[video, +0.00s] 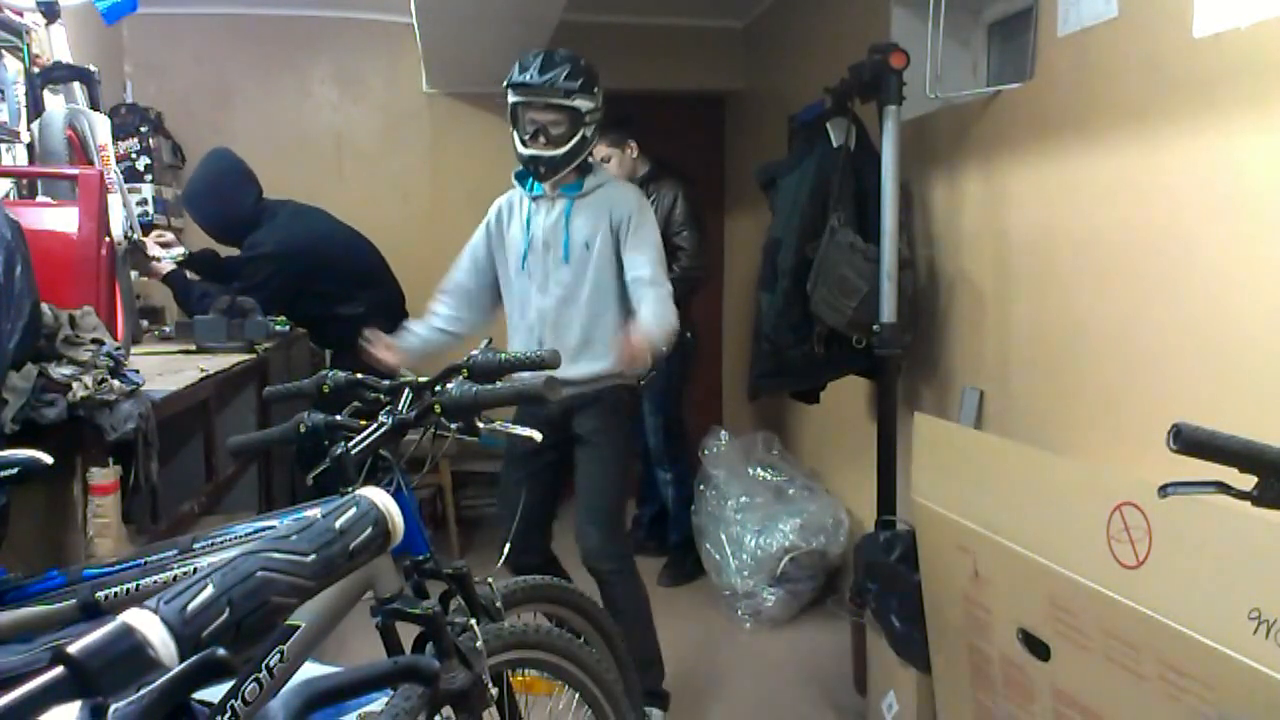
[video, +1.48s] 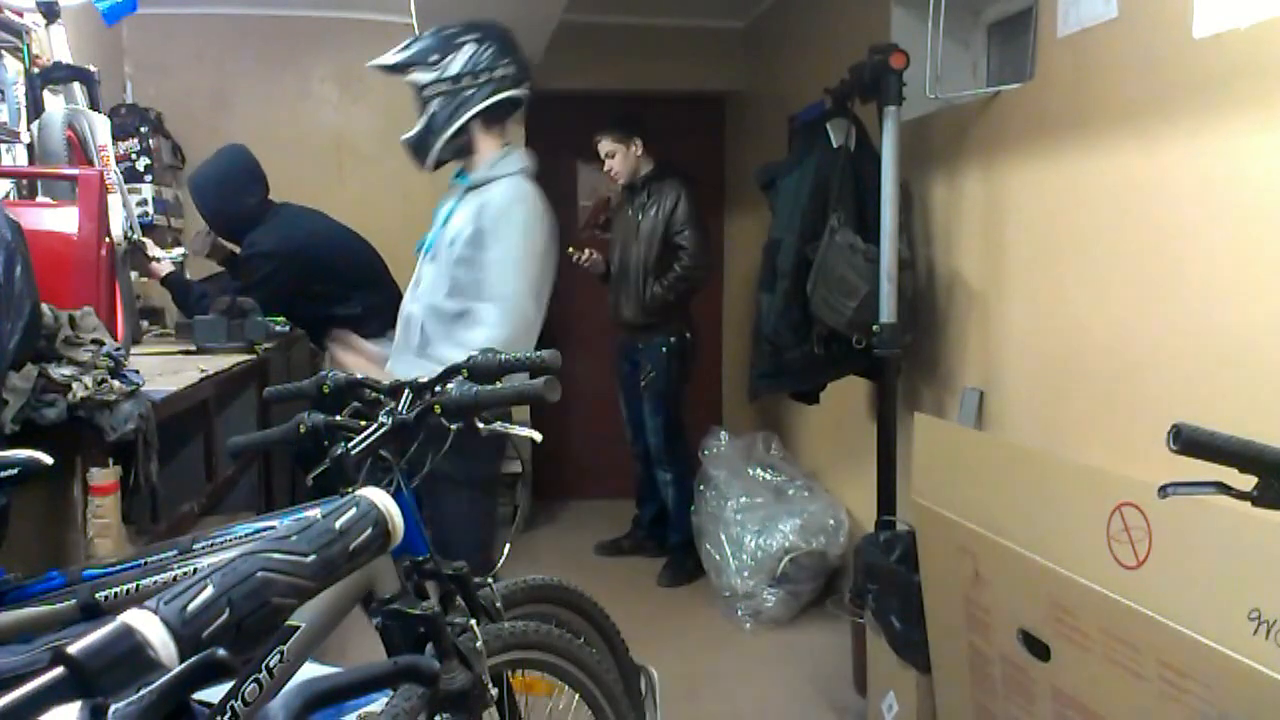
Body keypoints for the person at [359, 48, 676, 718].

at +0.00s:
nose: (538, 131)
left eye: (554, 118)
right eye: (528, 118)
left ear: (586, 123)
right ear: (513, 121)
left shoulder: (619, 201)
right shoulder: (507, 212)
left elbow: (655, 296)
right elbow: (460, 305)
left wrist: (647, 335)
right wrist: (405, 346)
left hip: (604, 395)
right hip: (535, 399)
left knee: (601, 546)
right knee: (521, 546)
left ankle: (646, 694)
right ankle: (582, 655)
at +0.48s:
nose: (558, 115)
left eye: (573, 100)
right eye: (553, 102)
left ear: (618, 106)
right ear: (549, 105)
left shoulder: (664, 204)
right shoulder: (557, 204)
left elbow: (685, 319)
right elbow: (524, 306)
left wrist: (658, 404)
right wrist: (486, 380)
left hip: (611, 415)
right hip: (543, 411)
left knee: (602, 577)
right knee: (532, 554)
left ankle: (653, 703)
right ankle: (588, 661)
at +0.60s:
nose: (559, 112)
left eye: (572, 97)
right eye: (558, 98)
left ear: (619, 105)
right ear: (604, 109)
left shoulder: (674, 204)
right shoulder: (576, 196)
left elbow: (692, 332)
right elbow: (558, 309)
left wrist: (656, 417)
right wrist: (517, 383)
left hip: (609, 417)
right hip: (544, 405)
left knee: (596, 581)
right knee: (502, 548)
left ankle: (653, 705)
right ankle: (561, 654)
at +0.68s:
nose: (558, 119)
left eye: (570, 102)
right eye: (557, 103)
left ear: (616, 107)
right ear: (610, 113)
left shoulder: (671, 211)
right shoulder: (574, 204)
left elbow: (690, 335)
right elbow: (533, 309)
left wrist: (633, 388)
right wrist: (454, 334)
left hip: (617, 427)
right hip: (548, 416)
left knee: (590, 591)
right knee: (482, 563)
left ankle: (652, 706)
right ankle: (471, 691)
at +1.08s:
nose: (518, 118)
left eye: (530, 101)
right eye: (519, 101)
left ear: (572, 105)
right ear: (570, 109)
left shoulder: (628, 211)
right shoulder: (543, 201)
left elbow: (629, 349)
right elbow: (508, 306)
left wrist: (528, 394)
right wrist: (426, 335)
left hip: (571, 434)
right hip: (502, 416)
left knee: (556, 598)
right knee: (417, 535)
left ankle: (642, 699)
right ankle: (453, 670)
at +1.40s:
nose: (440, 108)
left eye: (448, 91)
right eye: (440, 92)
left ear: (487, 91)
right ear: (491, 93)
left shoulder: (534, 195)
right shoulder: (485, 188)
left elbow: (545, 338)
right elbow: (461, 307)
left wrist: (476, 421)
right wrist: (413, 394)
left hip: (464, 424)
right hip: (426, 413)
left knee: (480, 583)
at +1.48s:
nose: (421, 114)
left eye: (429, 97)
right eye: (422, 98)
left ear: (465, 96)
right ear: (470, 99)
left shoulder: (515, 202)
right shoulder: (470, 196)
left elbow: (501, 347)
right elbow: (442, 322)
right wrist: (381, 354)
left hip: (461, 437)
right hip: (424, 429)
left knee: (458, 610)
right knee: (424, 601)